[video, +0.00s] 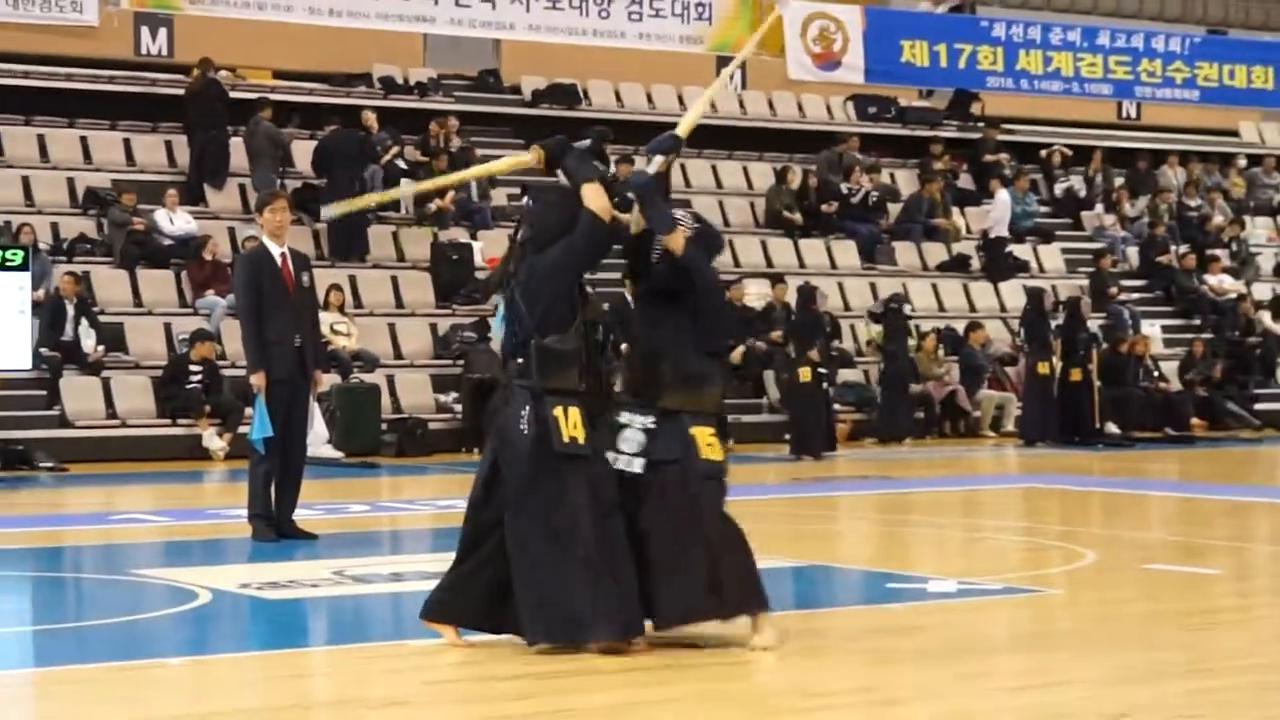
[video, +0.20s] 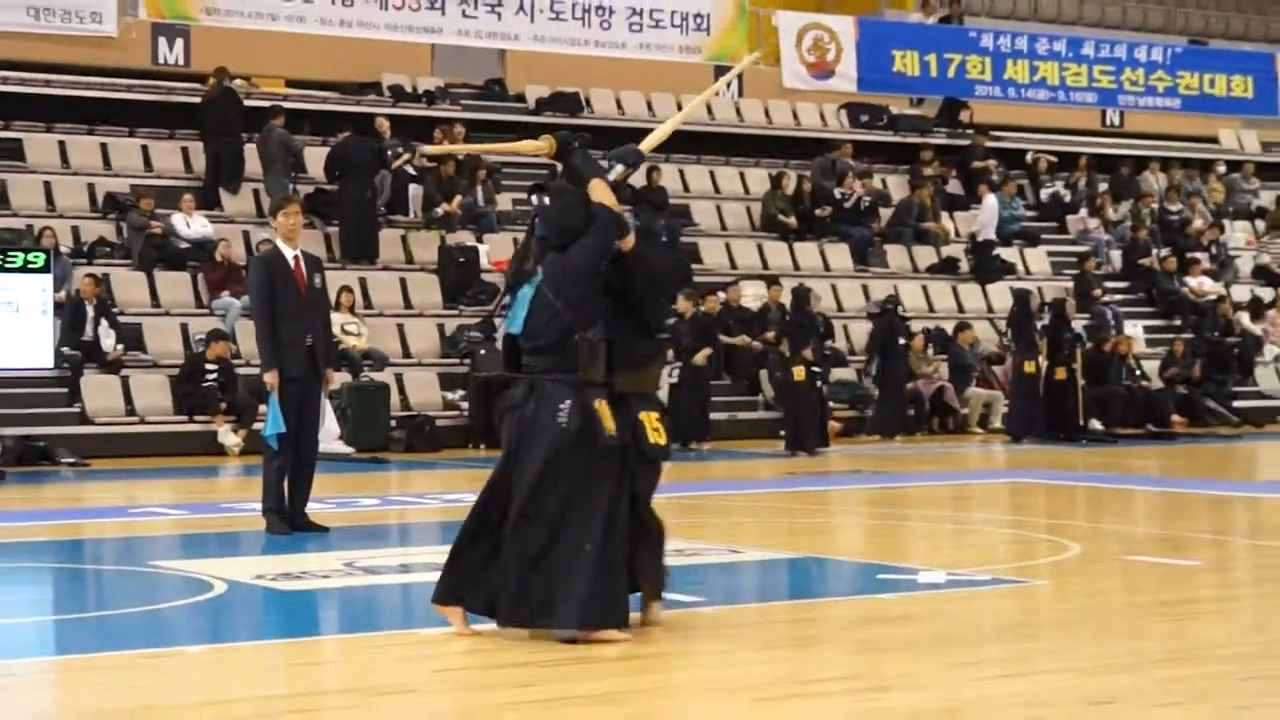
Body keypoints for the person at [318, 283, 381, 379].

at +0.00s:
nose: (338, 297)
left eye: (340, 295)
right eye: (335, 294)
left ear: (343, 298)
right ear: (328, 296)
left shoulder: (347, 316)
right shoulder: (321, 315)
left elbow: (354, 332)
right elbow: (324, 334)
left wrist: (351, 345)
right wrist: (340, 344)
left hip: (349, 346)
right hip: (333, 346)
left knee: (373, 359)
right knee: (345, 361)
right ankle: (350, 389)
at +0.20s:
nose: (348, 299)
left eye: (351, 296)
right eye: (345, 296)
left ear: (354, 299)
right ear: (339, 298)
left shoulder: (357, 316)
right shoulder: (332, 316)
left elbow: (365, 331)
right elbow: (334, 334)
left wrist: (361, 344)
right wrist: (350, 344)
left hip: (360, 346)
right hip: (344, 346)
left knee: (383, 358)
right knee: (356, 361)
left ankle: (371, 383)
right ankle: (359, 386)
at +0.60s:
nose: (363, 304)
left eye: (366, 301)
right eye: (360, 300)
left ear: (368, 303)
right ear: (354, 302)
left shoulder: (371, 320)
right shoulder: (347, 319)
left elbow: (379, 334)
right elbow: (350, 337)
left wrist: (376, 346)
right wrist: (366, 346)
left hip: (375, 347)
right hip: (360, 348)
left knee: (396, 360)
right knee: (370, 362)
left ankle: (382, 380)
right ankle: (372, 384)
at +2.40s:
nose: (372, 303)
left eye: (374, 300)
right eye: (369, 300)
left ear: (377, 303)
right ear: (363, 301)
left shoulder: (379, 319)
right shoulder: (356, 319)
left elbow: (387, 333)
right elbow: (361, 337)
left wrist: (384, 345)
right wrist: (376, 345)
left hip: (383, 346)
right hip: (368, 347)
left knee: (398, 355)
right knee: (378, 359)